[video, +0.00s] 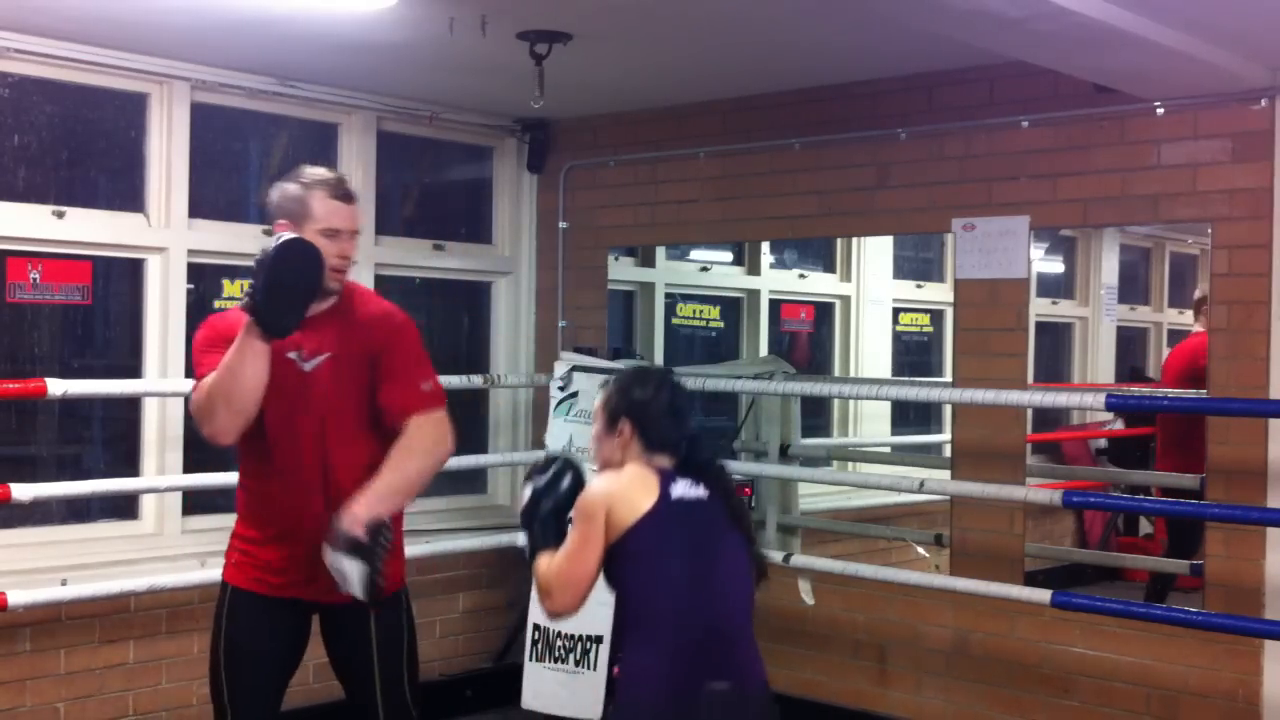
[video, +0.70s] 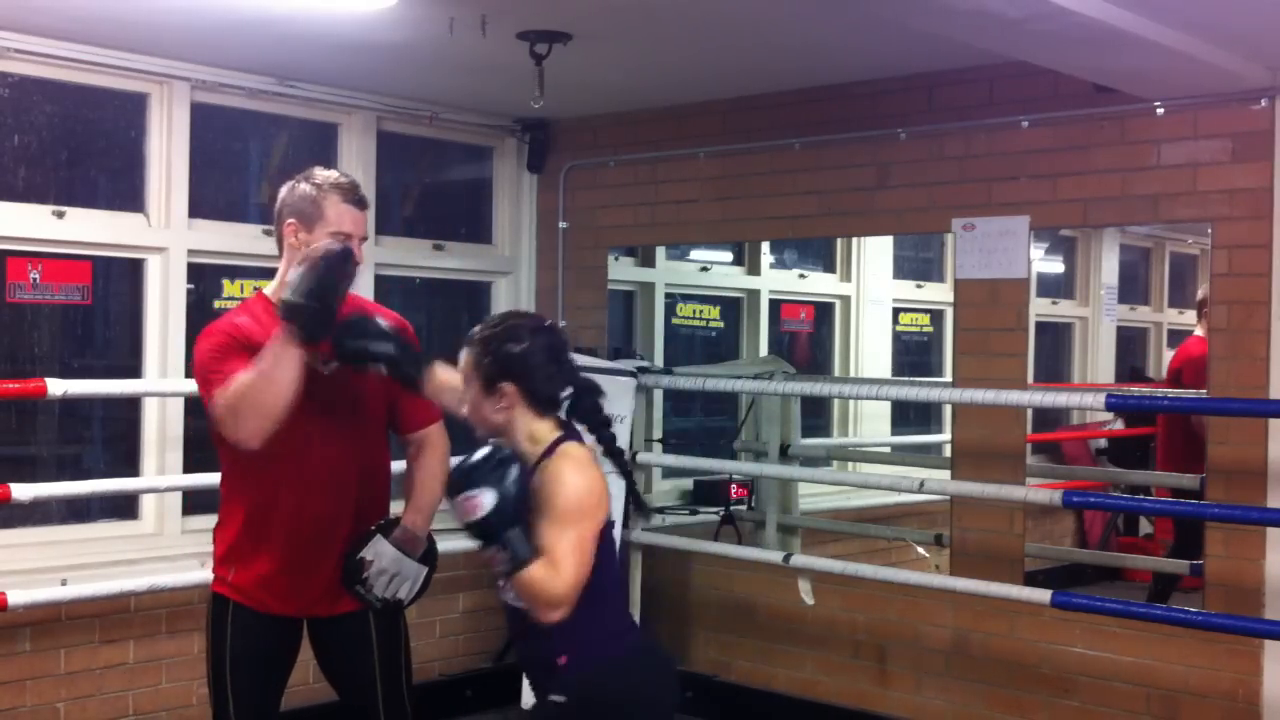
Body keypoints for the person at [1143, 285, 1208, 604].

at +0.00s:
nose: (1220, 317)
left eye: (1217, 311)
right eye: (1217, 312)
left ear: (1198, 313)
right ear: (1206, 312)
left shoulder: (1181, 349)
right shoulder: (1206, 348)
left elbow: (1168, 409)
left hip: (1173, 464)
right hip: (1192, 467)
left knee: (1179, 543)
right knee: (1182, 543)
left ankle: (1152, 608)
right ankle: (1151, 609)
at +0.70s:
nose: (1223, 315)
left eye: (1220, 308)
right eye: (1220, 309)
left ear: (1200, 311)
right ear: (1208, 311)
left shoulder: (1190, 348)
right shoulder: (1199, 352)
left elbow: (1186, 411)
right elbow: (1199, 415)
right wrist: (1224, 445)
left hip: (1182, 461)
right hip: (1190, 465)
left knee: (1189, 539)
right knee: (1187, 540)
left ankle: (1155, 603)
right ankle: (1154, 606)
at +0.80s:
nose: (1223, 315)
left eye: (1220, 308)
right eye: (1218, 309)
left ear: (1200, 310)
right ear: (1205, 310)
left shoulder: (1193, 345)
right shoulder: (1197, 350)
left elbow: (1190, 408)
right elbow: (1197, 412)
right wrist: (1225, 441)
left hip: (1185, 460)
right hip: (1189, 464)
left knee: (1190, 538)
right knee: (1187, 540)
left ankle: (1155, 603)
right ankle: (1154, 607)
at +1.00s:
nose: (1221, 314)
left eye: (1218, 308)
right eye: (1217, 308)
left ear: (1198, 310)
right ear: (1204, 310)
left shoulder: (1202, 348)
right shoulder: (1191, 352)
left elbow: (1178, 415)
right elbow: (1176, 415)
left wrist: (1204, 461)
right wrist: (1204, 463)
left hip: (1194, 469)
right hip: (1188, 470)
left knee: (1187, 543)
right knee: (1186, 543)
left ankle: (1154, 607)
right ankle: (1153, 609)